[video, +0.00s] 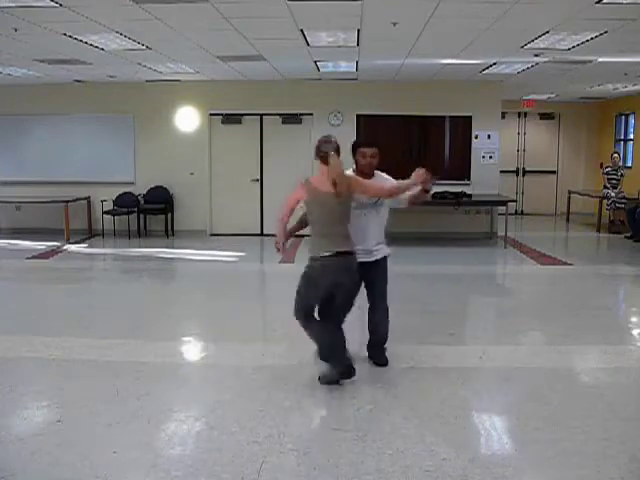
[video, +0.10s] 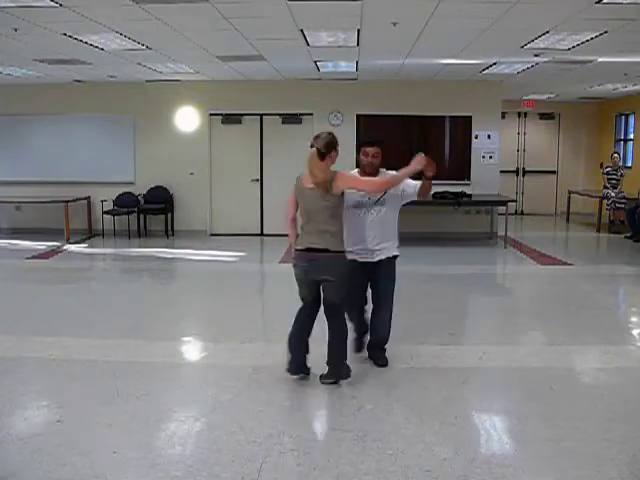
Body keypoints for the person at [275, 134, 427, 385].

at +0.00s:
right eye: (340, 155)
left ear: (316, 157)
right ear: (339, 155)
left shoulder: (308, 186)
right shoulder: (349, 182)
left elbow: (284, 215)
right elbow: (387, 191)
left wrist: (281, 241)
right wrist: (412, 181)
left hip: (322, 263)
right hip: (348, 261)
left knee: (303, 313)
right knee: (331, 316)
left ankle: (338, 360)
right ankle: (339, 367)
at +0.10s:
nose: (337, 157)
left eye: (336, 154)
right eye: (336, 154)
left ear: (313, 152)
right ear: (332, 155)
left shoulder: (301, 182)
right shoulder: (338, 179)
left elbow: (290, 217)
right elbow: (378, 186)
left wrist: (294, 247)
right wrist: (411, 169)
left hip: (304, 257)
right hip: (333, 258)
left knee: (308, 306)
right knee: (334, 314)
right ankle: (336, 368)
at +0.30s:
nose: (370, 160)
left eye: (375, 156)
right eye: (367, 155)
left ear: (384, 159)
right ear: (363, 158)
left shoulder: (396, 180)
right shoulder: (358, 183)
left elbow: (391, 164)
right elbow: (349, 217)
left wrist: (374, 141)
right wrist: (331, 234)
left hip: (394, 256)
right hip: (369, 256)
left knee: (386, 305)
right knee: (378, 305)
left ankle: (382, 350)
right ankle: (409, 335)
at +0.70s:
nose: (362, 158)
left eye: (367, 154)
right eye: (362, 155)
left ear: (382, 159)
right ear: (362, 160)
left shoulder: (390, 176)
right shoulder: (366, 186)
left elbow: (351, 175)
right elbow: (350, 219)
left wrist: (339, 154)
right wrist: (328, 230)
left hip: (392, 258)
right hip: (370, 258)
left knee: (390, 311)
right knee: (356, 302)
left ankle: (401, 364)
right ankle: (385, 343)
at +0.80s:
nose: (355, 158)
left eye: (359, 154)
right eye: (356, 154)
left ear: (374, 160)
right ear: (367, 161)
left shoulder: (383, 179)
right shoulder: (361, 186)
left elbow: (345, 192)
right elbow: (340, 216)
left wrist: (335, 165)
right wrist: (312, 227)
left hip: (386, 262)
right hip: (362, 262)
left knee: (389, 315)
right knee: (346, 307)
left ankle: (401, 364)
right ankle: (356, 361)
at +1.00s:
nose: (330, 161)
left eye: (334, 156)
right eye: (331, 156)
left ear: (349, 161)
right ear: (345, 161)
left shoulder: (363, 188)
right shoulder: (335, 190)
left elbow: (343, 222)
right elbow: (311, 220)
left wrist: (317, 205)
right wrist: (276, 227)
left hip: (360, 273)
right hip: (335, 272)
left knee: (367, 321)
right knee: (328, 326)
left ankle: (396, 359)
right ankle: (320, 376)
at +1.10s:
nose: (319, 160)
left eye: (323, 156)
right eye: (320, 155)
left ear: (336, 160)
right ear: (336, 161)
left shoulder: (351, 188)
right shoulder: (324, 190)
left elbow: (328, 223)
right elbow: (297, 214)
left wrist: (300, 224)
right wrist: (264, 225)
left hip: (345, 272)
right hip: (322, 270)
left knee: (335, 323)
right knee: (315, 323)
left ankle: (376, 354)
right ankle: (318, 376)